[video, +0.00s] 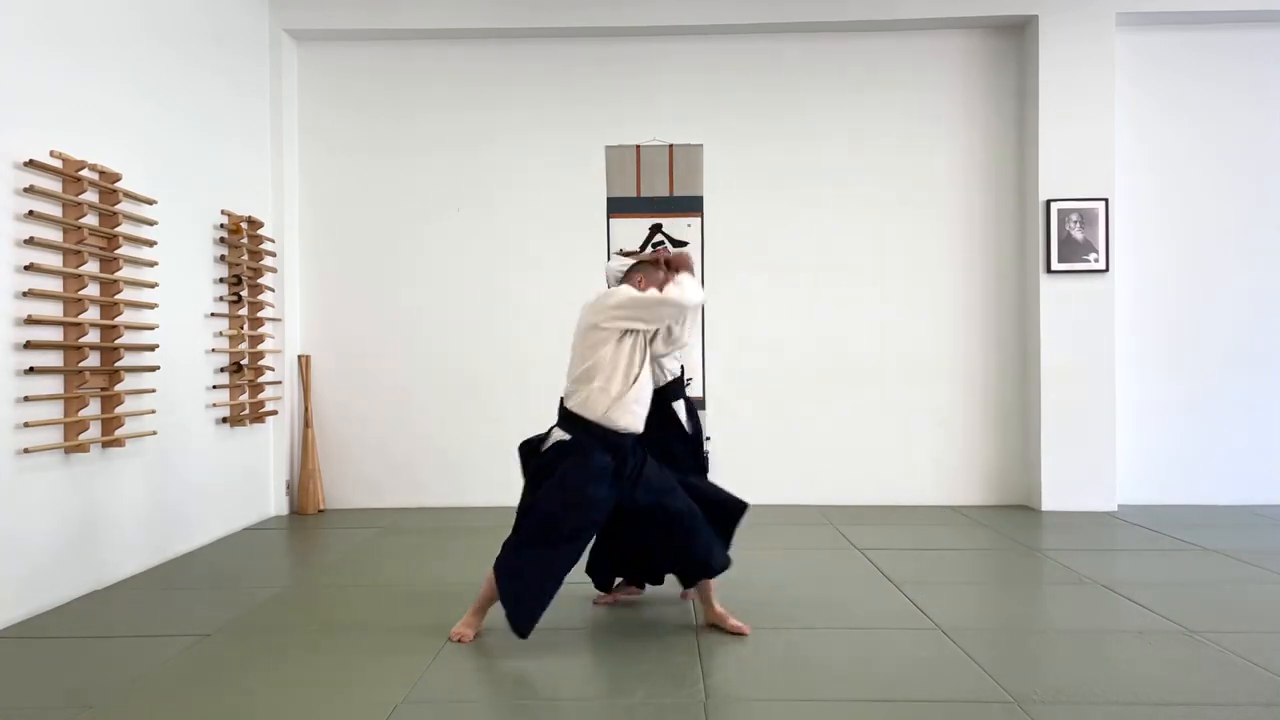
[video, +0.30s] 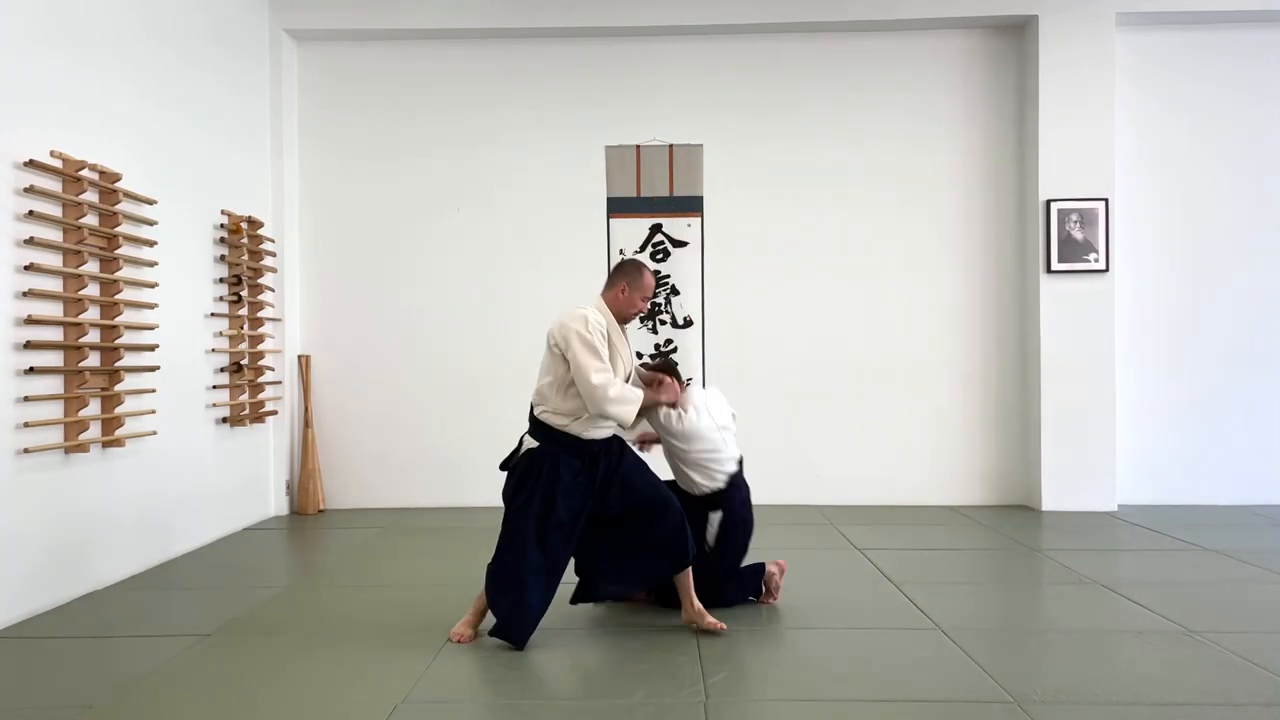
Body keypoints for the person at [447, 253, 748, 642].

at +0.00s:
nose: (663, 292)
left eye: (665, 285)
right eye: (661, 283)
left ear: (646, 286)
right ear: (638, 279)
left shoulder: (641, 323)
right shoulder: (606, 305)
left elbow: (674, 343)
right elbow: (686, 303)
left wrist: (686, 280)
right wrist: (682, 271)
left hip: (627, 448)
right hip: (581, 443)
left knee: (686, 518)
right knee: (535, 532)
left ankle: (711, 608)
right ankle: (477, 613)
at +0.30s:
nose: (645, 309)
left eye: (648, 302)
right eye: (643, 300)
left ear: (622, 292)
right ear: (621, 289)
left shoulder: (614, 332)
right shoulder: (580, 324)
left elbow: (626, 377)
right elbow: (601, 393)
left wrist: (653, 380)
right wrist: (651, 396)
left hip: (606, 449)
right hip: (557, 450)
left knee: (667, 511)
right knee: (524, 541)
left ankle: (692, 607)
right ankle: (475, 614)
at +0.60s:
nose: (713, 407)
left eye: (720, 401)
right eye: (711, 397)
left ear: (718, 393)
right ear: (689, 378)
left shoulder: (704, 411)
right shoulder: (635, 381)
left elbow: (723, 470)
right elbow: (605, 446)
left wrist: (749, 533)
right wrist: (634, 515)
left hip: (652, 464)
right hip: (590, 449)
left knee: (695, 528)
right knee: (522, 521)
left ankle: (700, 614)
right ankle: (454, 606)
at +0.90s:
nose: (682, 385)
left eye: (688, 378)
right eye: (677, 376)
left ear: (695, 373)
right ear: (657, 358)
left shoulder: (692, 401)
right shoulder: (613, 371)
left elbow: (715, 464)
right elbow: (570, 417)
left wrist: (734, 528)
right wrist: (535, 469)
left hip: (657, 464)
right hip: (597, 456)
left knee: (691, 528)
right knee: (548, 519)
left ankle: (700, 613)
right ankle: (507, 588)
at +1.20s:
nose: (622, 293)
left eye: (626, 286)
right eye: (615, 285)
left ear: (628, 288)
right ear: (592, 283)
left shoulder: (626, 333)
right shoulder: (557, 328)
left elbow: (635, 393)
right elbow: (535, 394)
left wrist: (632, 447)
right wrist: (547, 454)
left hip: (600, 432)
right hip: (552, 430)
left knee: (635, 493)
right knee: (537, 510)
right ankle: (520, 589)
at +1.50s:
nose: (612, 276)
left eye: (613, 270)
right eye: (605, 270)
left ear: (593, 274)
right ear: (583, 272)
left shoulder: (593, 315)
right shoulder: (566, 316)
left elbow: (586, 377)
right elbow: (558, 381)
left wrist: (589, 425)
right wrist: (576, 434)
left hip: (578, 425)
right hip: (555, 426)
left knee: (560, 505)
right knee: (544, 505)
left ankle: (539, 577)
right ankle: (521, 590)